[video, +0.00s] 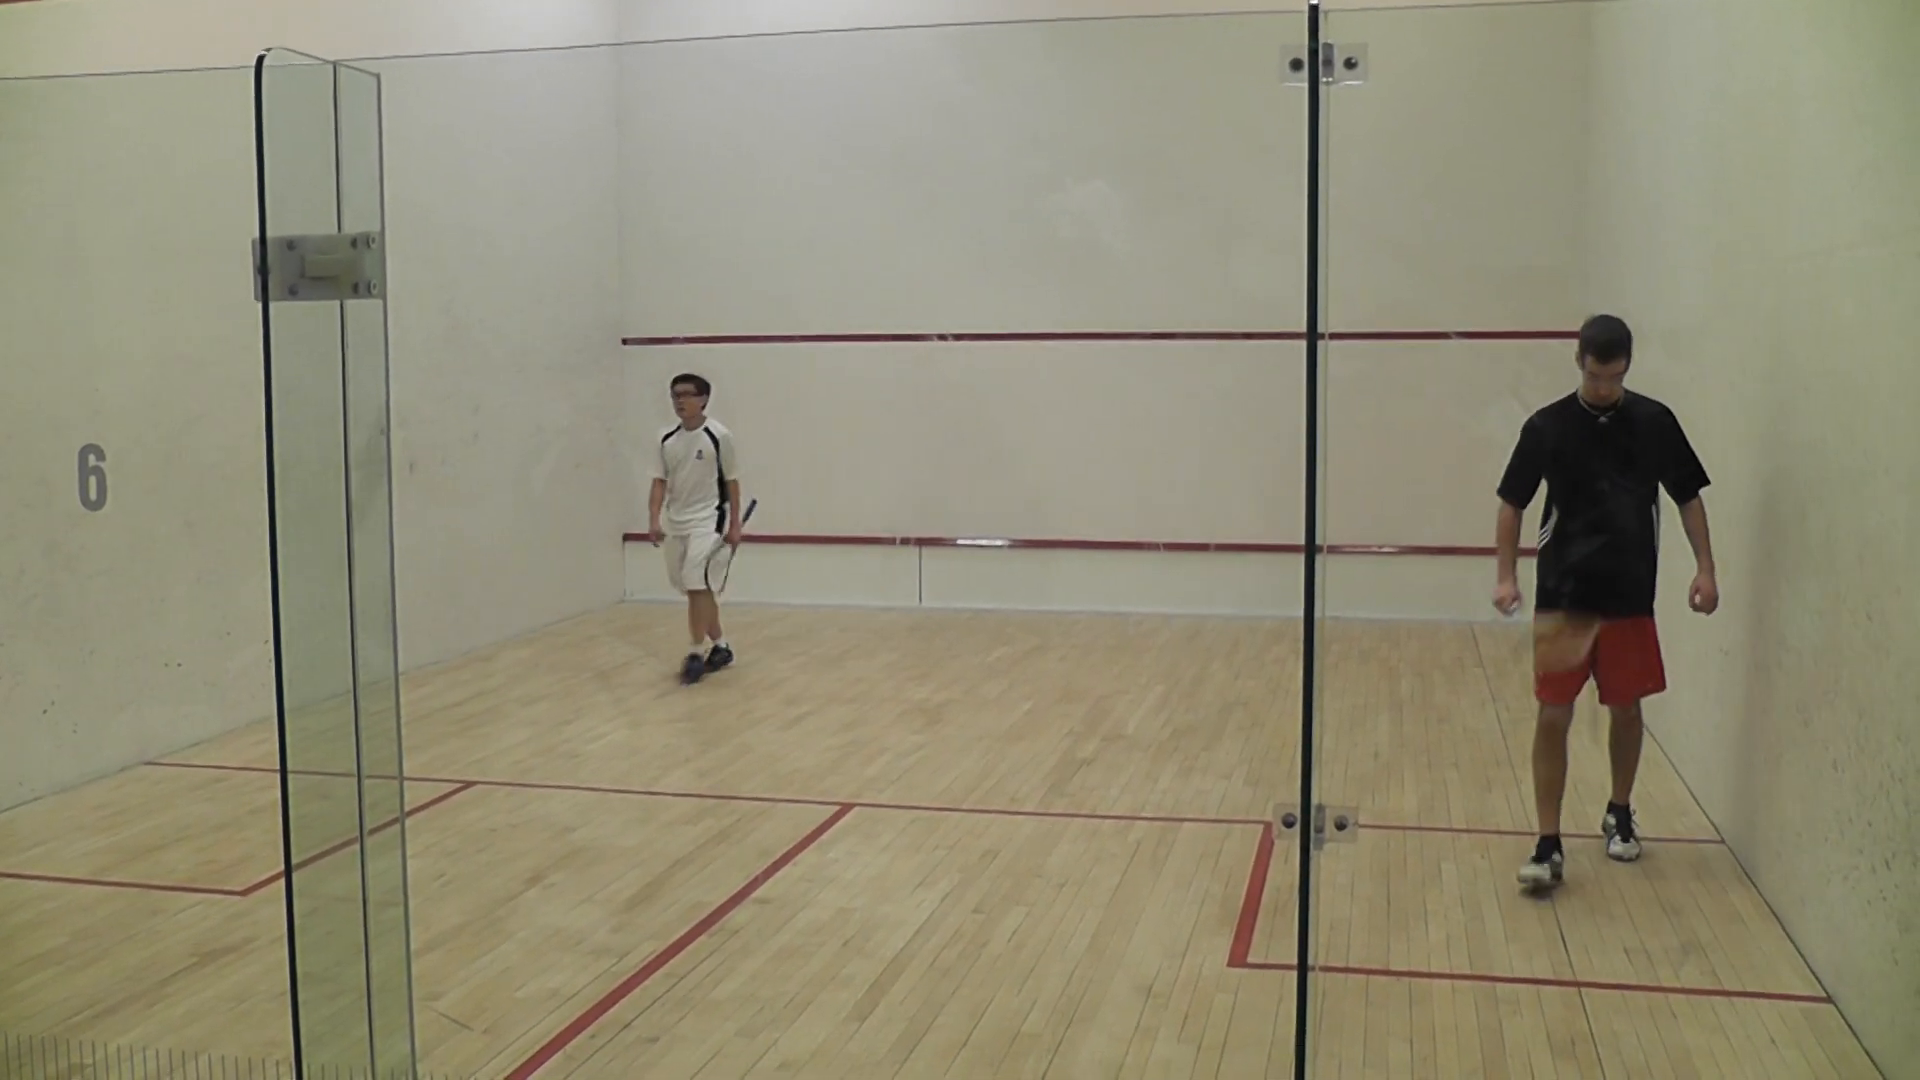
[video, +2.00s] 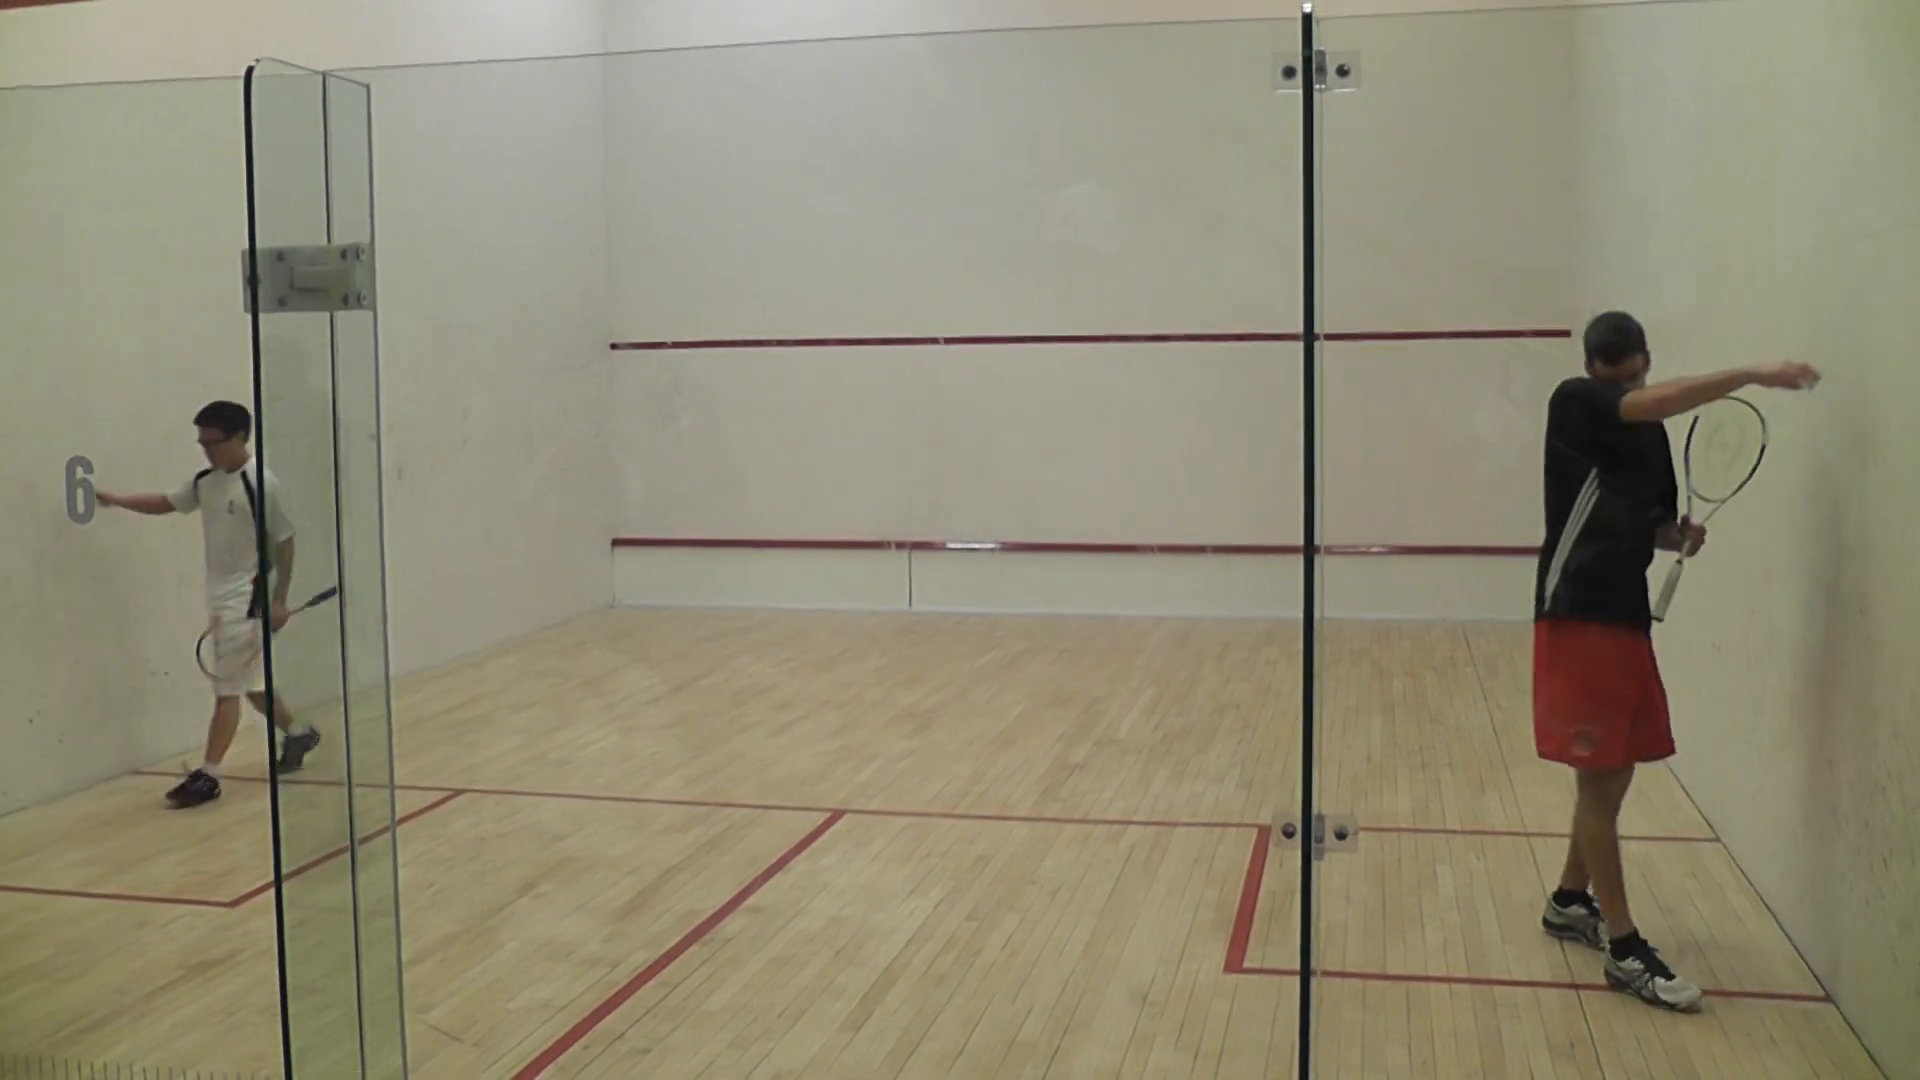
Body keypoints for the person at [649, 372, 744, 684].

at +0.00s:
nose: (680, 402)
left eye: (687, 396)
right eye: (677, 396)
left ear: (704, 400)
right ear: (672, 401)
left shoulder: (719, 436)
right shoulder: (666, 440)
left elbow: (732, 483)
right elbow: (659, 482)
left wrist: (735, 524)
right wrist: (654, 519)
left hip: (707, 522)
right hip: (675, 523)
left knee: (696, 582)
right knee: (691, 585)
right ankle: (719, 645)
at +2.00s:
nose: (205, 452)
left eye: (211, 443)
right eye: (203, 444)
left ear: (238, 439)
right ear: (210, 442)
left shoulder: (260, 484)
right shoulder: (208, 480)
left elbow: (285, 541)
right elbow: (168, 503)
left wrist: (280, 600)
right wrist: (115, 500)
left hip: (247, 600)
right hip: (220, 599)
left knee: (227, 684)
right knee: (249, 680)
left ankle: (207, 774)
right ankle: (297, 733)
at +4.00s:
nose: (223, 440)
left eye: (222, 431)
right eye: (212, 432)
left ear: (197, 440)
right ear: (177, 440)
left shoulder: (213, 501)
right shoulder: (149, 506)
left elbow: (214, 580)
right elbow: (139, 593)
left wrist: (257, 603)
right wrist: (197, 643)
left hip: (203, 661)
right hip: (153, 667)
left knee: (221, 766)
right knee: (149, 785)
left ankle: (216, 883)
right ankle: (78, 842)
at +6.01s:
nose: (490, 440)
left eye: (487, 430)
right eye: (488, 432)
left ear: (426, 440)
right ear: (476, 441)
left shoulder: (387, 503)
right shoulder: (507, 510)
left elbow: (358, 592)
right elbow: (541, 606)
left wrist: (375, 632)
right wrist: (558, 680)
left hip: (410, 694)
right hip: (486, 693)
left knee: (405, 823)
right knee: (486, 821)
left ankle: (406, 956)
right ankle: (486, 948)